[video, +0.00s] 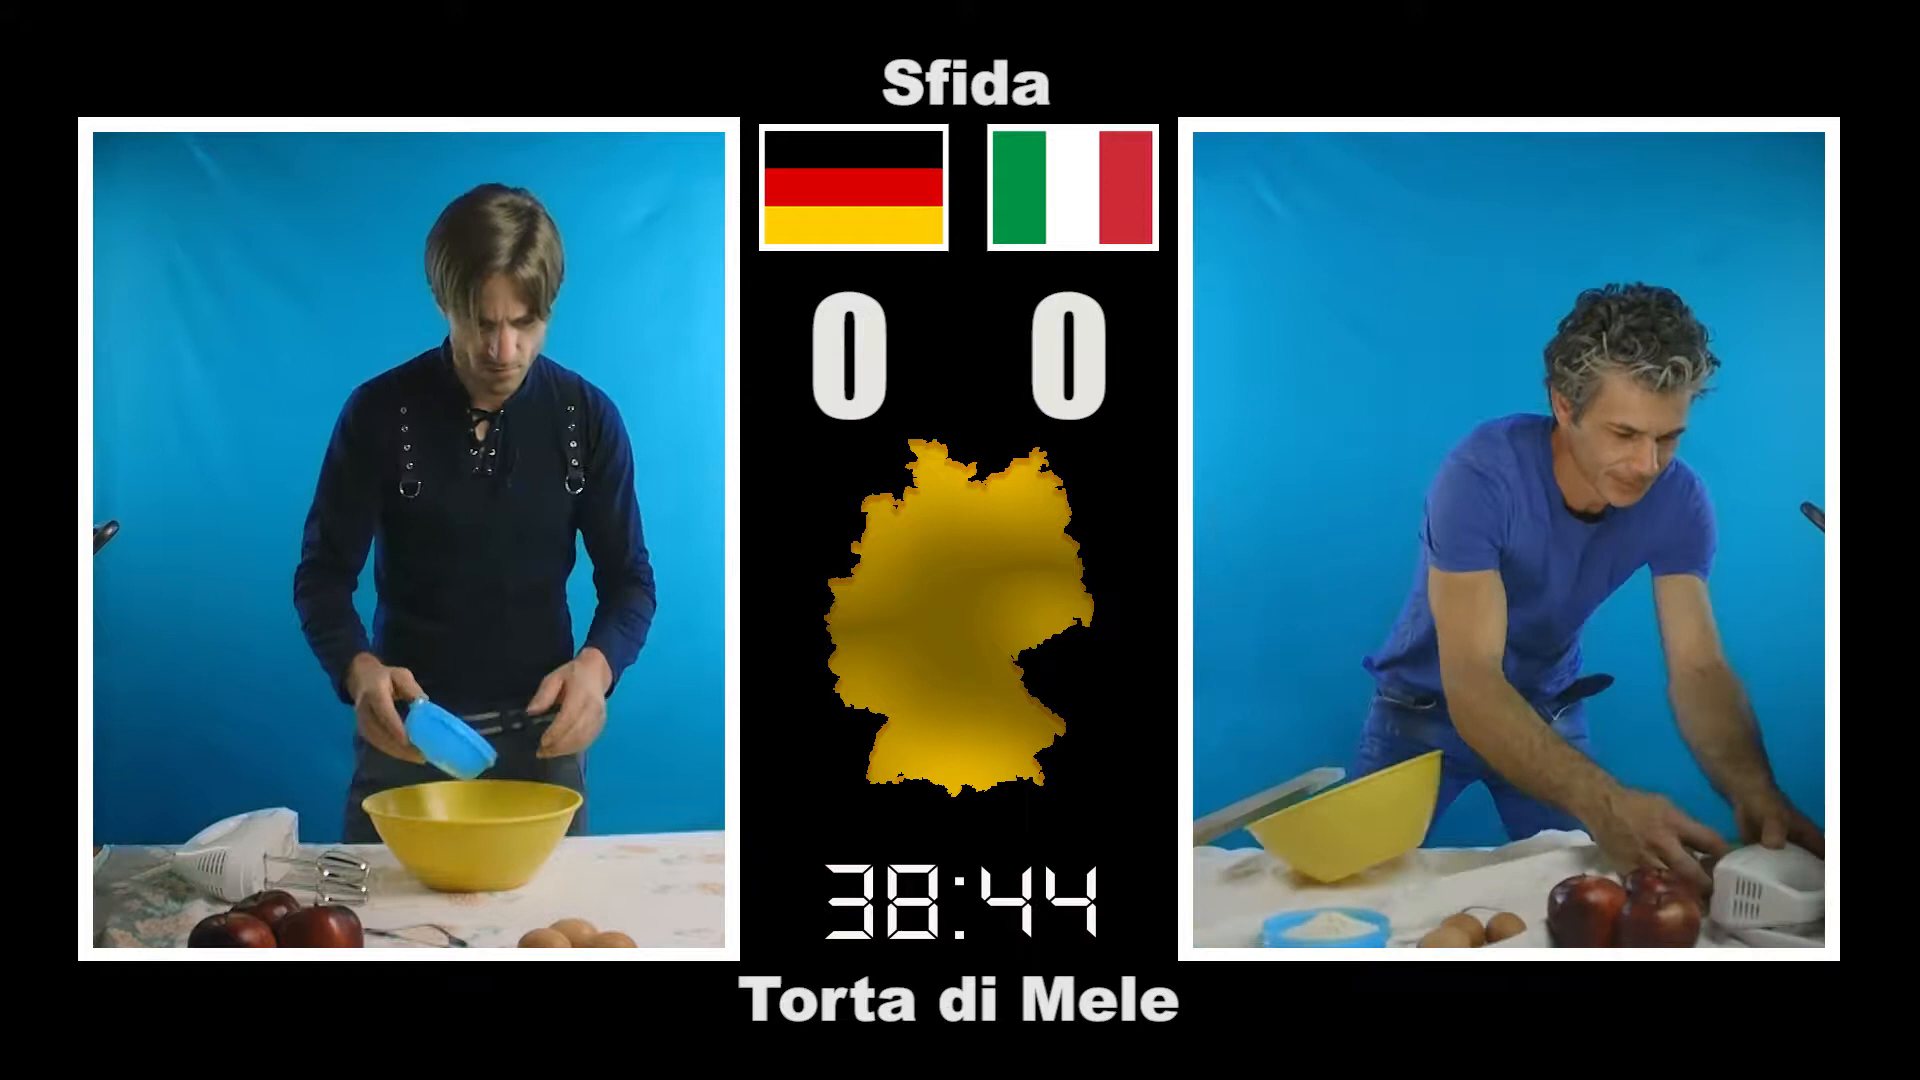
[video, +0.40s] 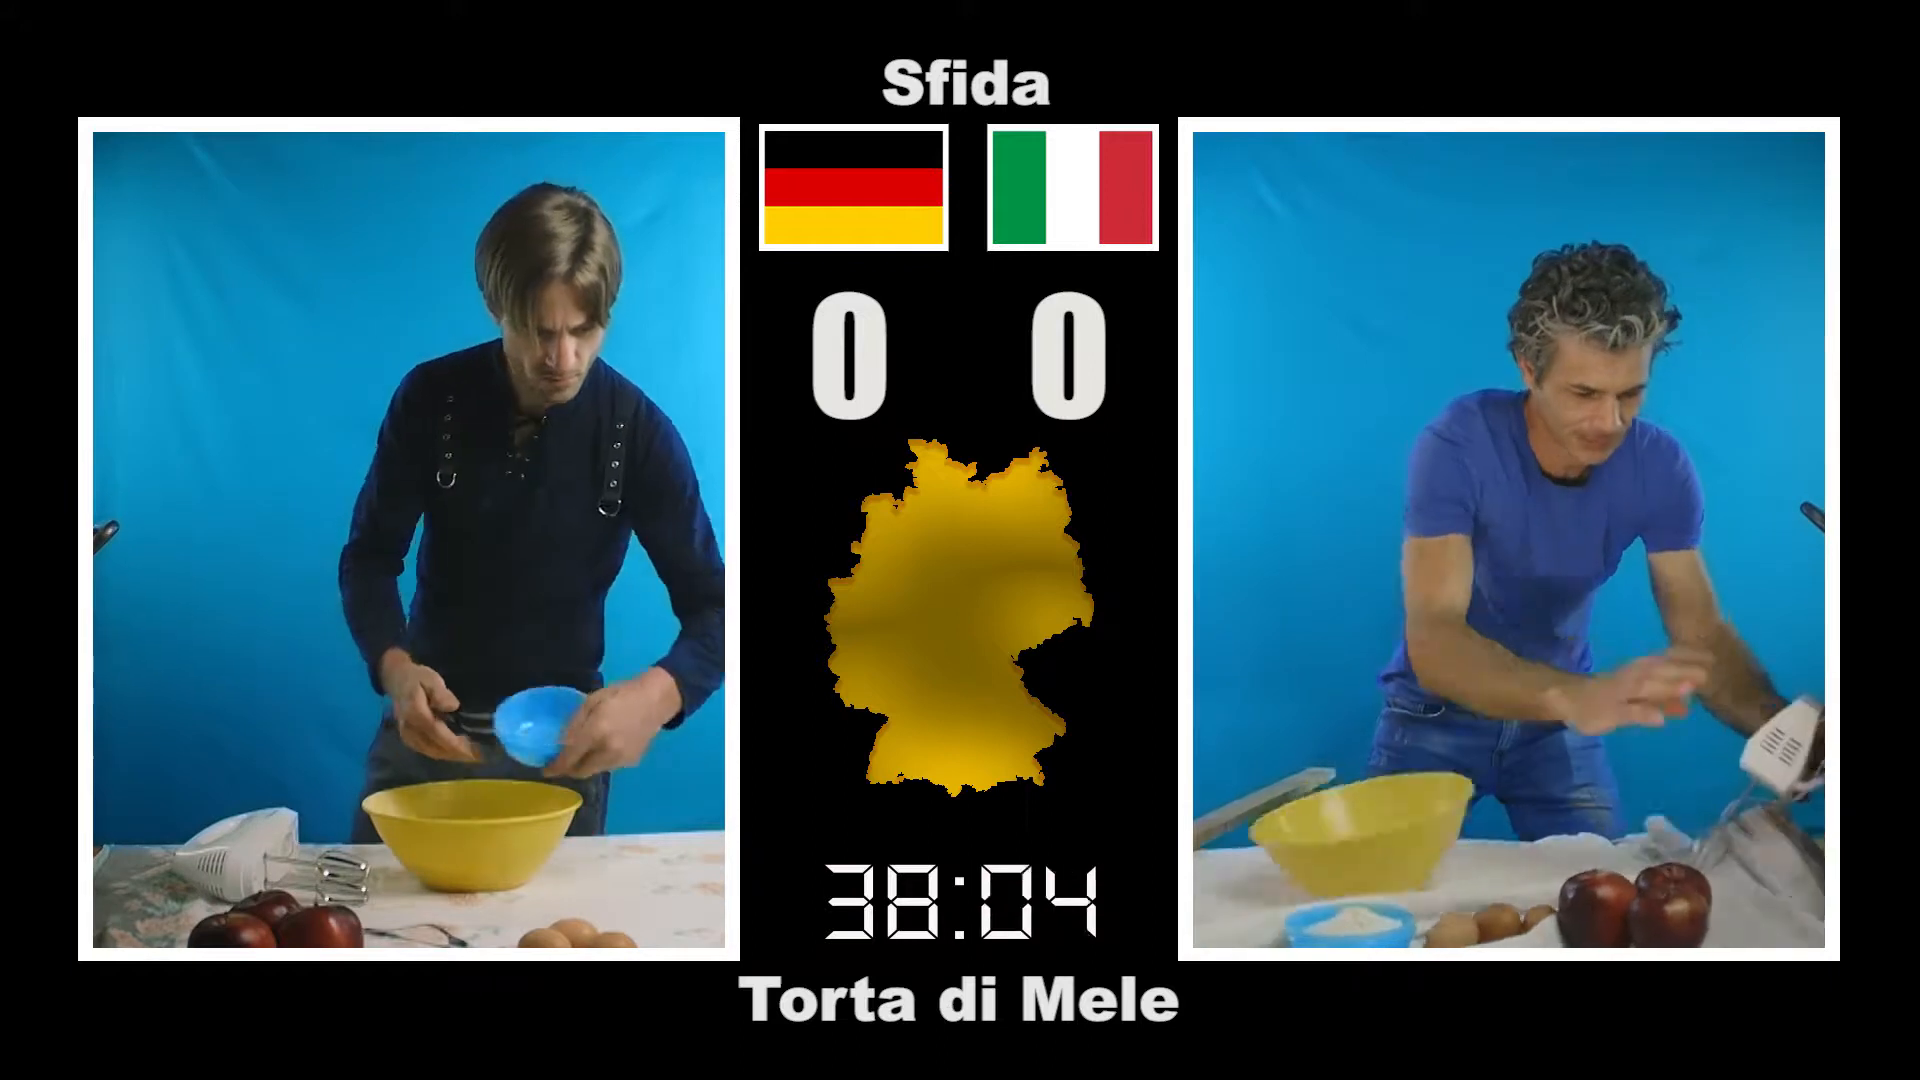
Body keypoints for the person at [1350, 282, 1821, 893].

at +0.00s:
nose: (1647, 465)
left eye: (1667, 438)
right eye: (1623, 435)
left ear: (1684, 419)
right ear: (1564, 407)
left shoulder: (1674, 500)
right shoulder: (1479, 478)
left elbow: (1699, 669)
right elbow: (1474, 688)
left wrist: (1755, 791)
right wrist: (1606, 808)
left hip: (1544, 709)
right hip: (1423, 704)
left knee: (1589, 903)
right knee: (1358, 892)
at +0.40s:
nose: (1609, 422)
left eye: (1630, 395)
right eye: (1583, 395)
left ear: (1648, 374)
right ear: (1528, 368)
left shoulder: (1656, 467)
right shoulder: (1457, 448)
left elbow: (1702, 636)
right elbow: (1434, 644)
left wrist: (1789, 735)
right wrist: (1568, 696)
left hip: (1556, 729)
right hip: (1433, 719)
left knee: (1607, 922)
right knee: (1384, 922)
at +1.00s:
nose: (1442, 340)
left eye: (1466, 312)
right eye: (1418, 312)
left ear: (1505, 287)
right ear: (1392, 288)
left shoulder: (1564, 403)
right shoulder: (1343, 407)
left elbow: (1596, 581)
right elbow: (1278, 590)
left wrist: (1543, 725)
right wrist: (1298, 714)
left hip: (1524, 761)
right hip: (1386, 760)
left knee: (1530, 953)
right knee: (1384, 957)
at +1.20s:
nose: (1443, 339)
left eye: (1468, 311)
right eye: (1420, 311)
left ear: (1507, 287)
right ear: (1395, 287)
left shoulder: (1566, 404)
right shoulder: (1346, 407)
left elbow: (1596, 581)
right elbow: (1286, 588)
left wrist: (1535, 728)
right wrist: (1314, 711)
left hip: (1522, 759)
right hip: (1384, 758)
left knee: (1529, 951)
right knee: (1385, 954)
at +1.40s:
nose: (1444, 340)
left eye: (1468, 313)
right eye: (1420, 313)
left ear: (1506, 289)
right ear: (1396, 290)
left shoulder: (1565, 403)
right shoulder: (1345, 406)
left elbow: (1601, 579)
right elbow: (1289, 589)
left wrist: (1546, 730)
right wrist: (1322, 716)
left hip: (1523, 753)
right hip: (1386, 751)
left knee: (1527, 949)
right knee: (1384, 953)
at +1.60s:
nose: (1445, 345)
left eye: (1470, 317)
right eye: (1421, 318)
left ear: (1507, 292)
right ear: (1396, 293)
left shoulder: (1564, 402)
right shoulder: (1344, 406)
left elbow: (1604, 579)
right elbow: (1288, 592)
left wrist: (1550, 732)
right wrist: (1326, 724)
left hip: (1523, 747)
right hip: (1386, 744)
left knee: (1527, 947)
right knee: (1384, 950)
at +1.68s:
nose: (1446, 345)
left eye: (1470, 318)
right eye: (1422, 318)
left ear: (1507, 292)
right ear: (1396, 293)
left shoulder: (1564, 402)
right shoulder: (1344, 406)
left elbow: (1605, 579)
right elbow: (1286, 592)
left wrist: (1550, 732)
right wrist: (1325, 725)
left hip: (1523, 747)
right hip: (1386, 744)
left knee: (1527, 947)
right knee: (1384, 949)